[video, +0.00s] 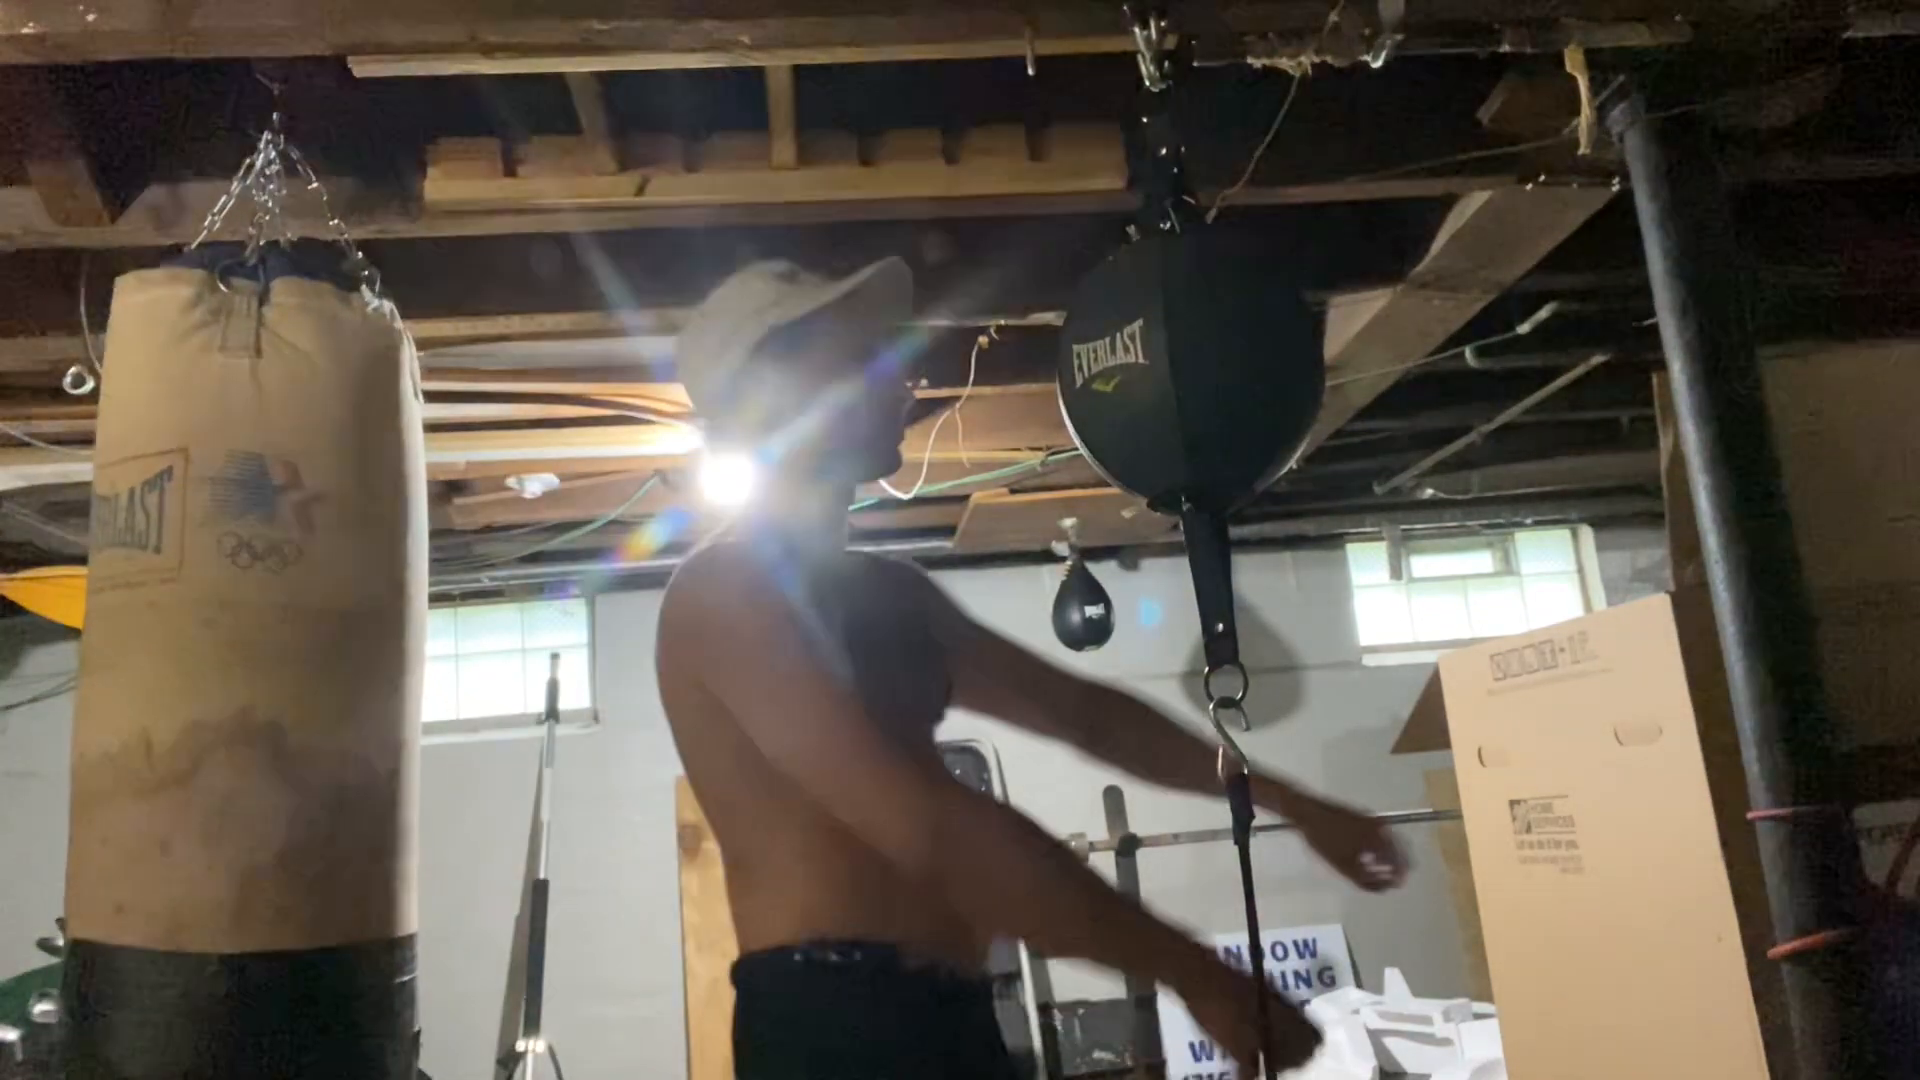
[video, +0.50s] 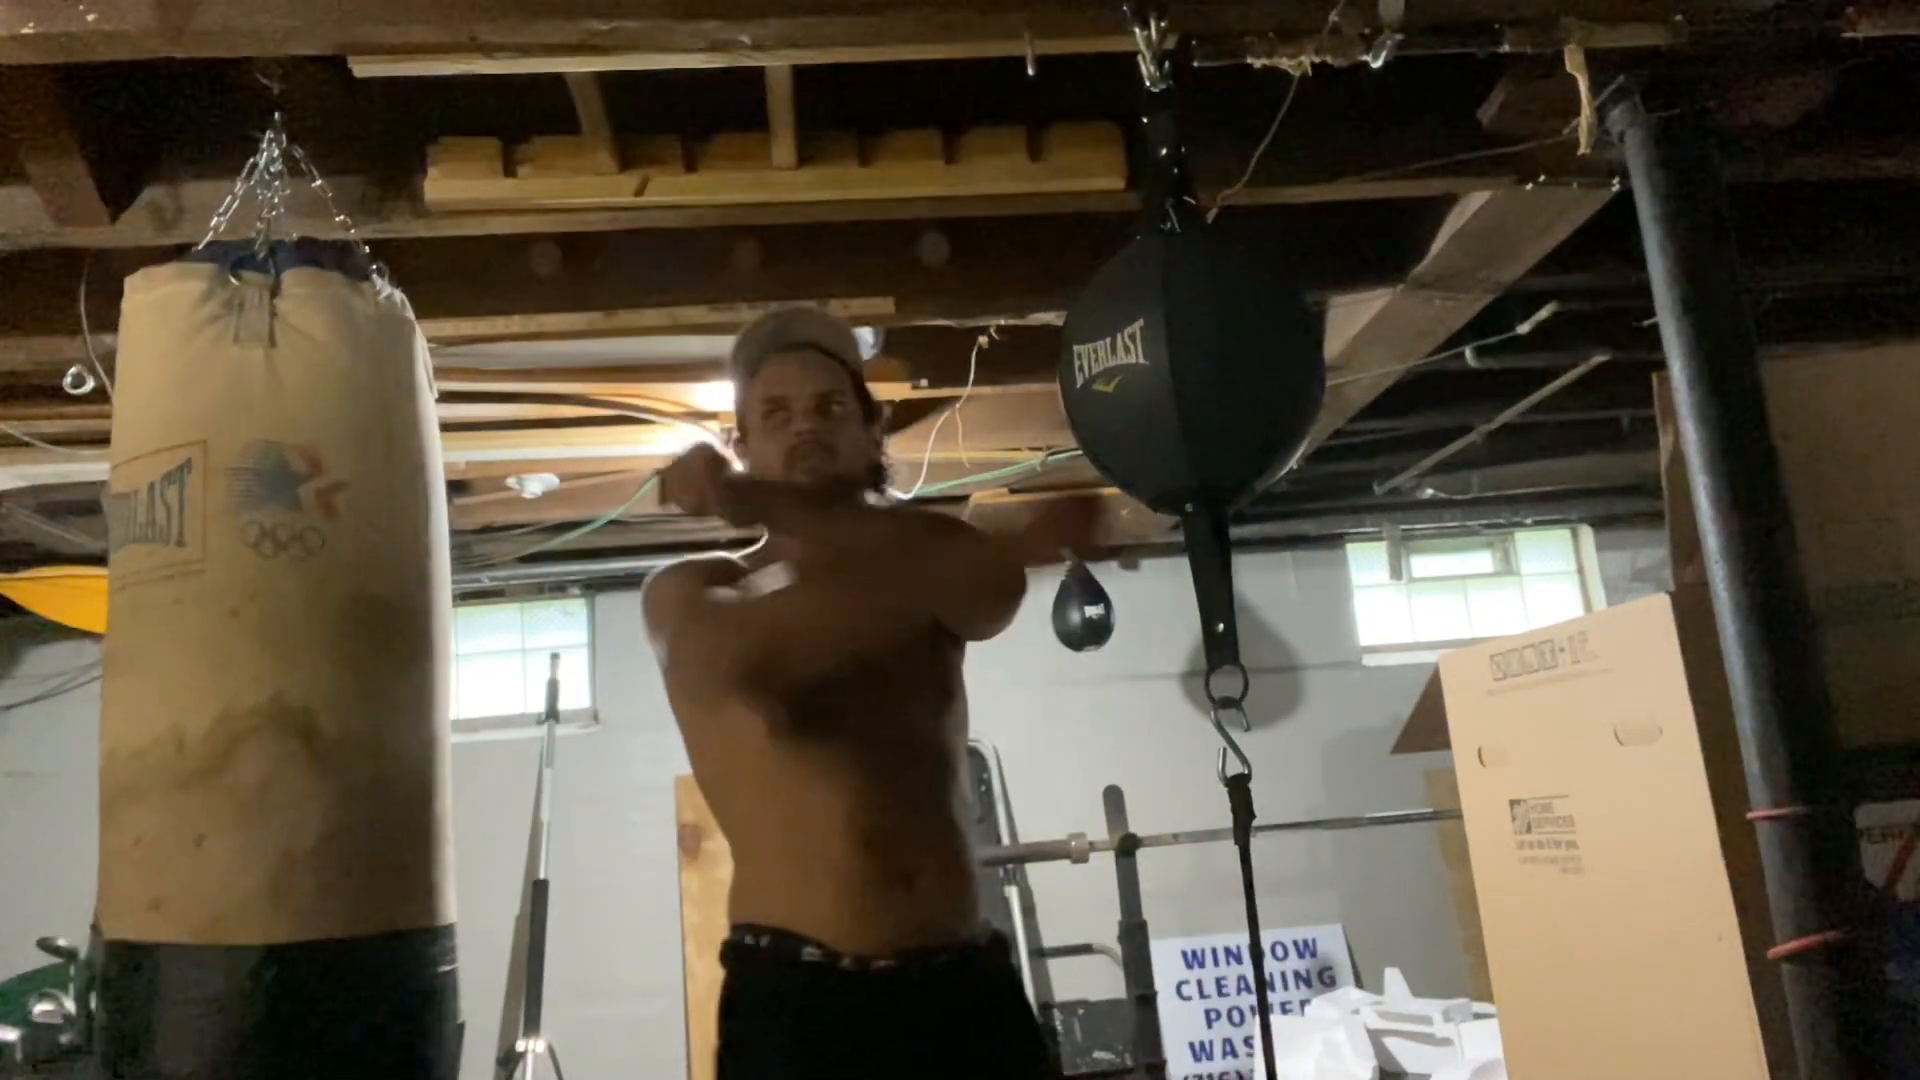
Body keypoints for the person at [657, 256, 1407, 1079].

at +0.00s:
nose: (907, 381)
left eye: (897, 355)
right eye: (871, 358)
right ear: (780, 393)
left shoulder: (887, 589)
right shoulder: (727, 584)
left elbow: (1081, 709)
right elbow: (928, 830)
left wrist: (1288, 802)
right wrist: (1196, 974)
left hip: (956, 1021)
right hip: (837, 1026)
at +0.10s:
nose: (902, 388)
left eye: (886, 363)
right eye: (860, 368)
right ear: (780, 406)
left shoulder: (909, 583)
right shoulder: (729, 586)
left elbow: (1106, 689)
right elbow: (923, 799)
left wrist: (1264, 778)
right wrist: (1188, 915)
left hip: (968, 1006)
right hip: (840, 1011)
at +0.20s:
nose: (889, 406)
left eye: (883, 385)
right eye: (856, 386)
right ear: (781, 421)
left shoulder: (933, 573)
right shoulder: (724, 584)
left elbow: (1085, 663)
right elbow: (891, 767)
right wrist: (1156, 824)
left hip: (970, 982)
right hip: (828, 989)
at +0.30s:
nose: (854, 420)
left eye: (867, 397)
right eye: (819, 401)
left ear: (891, 427)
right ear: (765, 438)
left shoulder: (939, 569)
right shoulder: (720, 589)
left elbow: (1050, 648)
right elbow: (864, 737)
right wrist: (1125, 755)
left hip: (976, 985)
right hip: (824, 993)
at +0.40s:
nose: (831, 446)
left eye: (851, 416)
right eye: (802, 419)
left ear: (881, 444)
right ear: (756, 447)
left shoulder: (945, 575)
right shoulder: (701, 594)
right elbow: (818, 688)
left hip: (974, 987)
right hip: (809, 994)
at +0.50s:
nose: (805, 427)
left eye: (830, 406)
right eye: (776, 411)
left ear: (873, 435)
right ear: (741, 446)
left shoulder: (924, 550)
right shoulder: (688, 588)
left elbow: (994, 592)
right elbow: (750, 655)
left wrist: (742, 498)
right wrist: (982, 549)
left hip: (961, 983)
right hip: (792, 993)